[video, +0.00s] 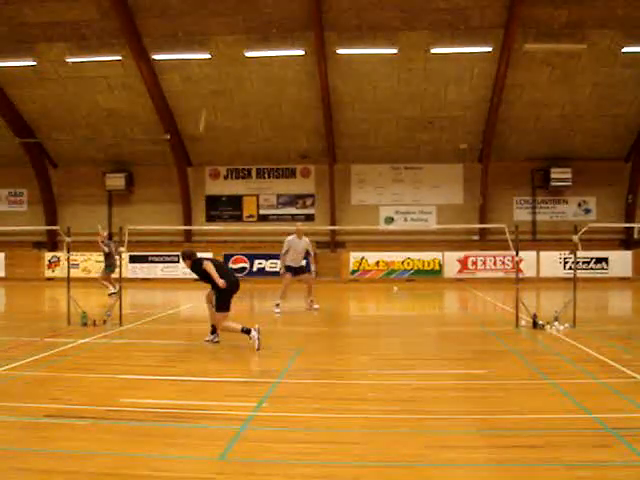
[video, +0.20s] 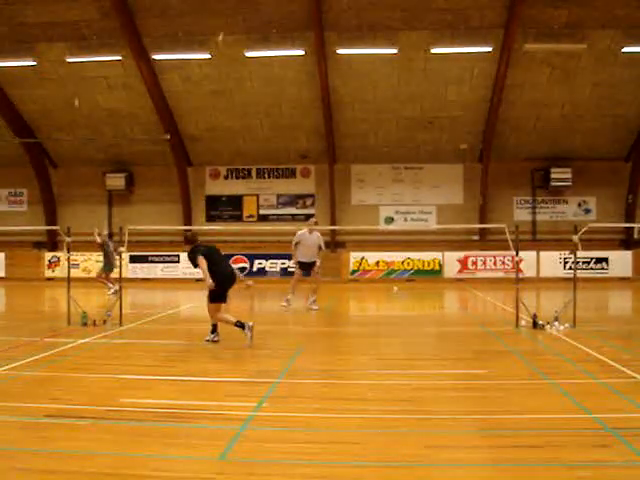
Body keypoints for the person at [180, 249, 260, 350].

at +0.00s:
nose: (184, 264)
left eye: (184, 261)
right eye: (184, 261)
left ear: (188, 260)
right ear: (194, 257)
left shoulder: (196, 264)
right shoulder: (203, 262)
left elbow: (208, 264)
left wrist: (217, 279)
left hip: (224, 285)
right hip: (232, 281)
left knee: (220, 324)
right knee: (209, 297)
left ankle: (250, 332)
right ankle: (214, 333)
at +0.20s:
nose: (184, 246)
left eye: (185, 243)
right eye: (184, 244)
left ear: (187, 243)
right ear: (197, 240)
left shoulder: (193, 251)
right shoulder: (210, 247)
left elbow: (201, 261)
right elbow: (226, 263)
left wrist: (207, 279)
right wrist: (243, 279)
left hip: (219, 278)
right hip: (230, 275)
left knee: (214, 313)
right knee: (214, 303)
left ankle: (244, 326)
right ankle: (214, 332)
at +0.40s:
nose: (191, 232)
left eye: (191, 229)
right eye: (192, 229)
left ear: (193, 230)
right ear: (204, 226)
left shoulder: (195, 242)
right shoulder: (217, 237)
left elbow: (197, 261)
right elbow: (234, 252)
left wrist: (199, 280)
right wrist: (252, 262)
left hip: (213, 275)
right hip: (227, 273)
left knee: (209, 308)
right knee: (215, 303)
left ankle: (232, 326)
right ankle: (214, 332)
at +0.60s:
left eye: (199, 218)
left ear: (198, 219)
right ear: (211, 216)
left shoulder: (198, 237)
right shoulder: (224, 231)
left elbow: (192, 261)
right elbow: (242, 246)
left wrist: (184, 281)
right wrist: (262, 253)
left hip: (209, 275)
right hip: (226, 274)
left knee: (210, 307)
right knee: (221, 302)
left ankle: (214, 338)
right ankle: (217, 334)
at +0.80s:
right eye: (214, 215)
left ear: (202, 219)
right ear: (216, 217)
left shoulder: (198, 238)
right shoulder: (227, 233)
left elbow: (193, 264)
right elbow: (243, 252)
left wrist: (189, 283)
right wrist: (258, 265)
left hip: (209, 279)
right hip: (228, 277)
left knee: (212, 309)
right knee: (228, 307)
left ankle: (215, 342)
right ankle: (229, 331)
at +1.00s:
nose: (215, 215)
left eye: (211, 213)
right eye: (218, 212)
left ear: (208, 214)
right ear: (223, 213)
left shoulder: (202, 234)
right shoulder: (232, 231)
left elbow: (201, 261)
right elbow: (245, 255)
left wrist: (202, 283)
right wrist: (251, 274)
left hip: (212, 277)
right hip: (231, 276)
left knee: (212, 309)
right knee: (232, 312)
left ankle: (214, 340)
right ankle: (235, 341)